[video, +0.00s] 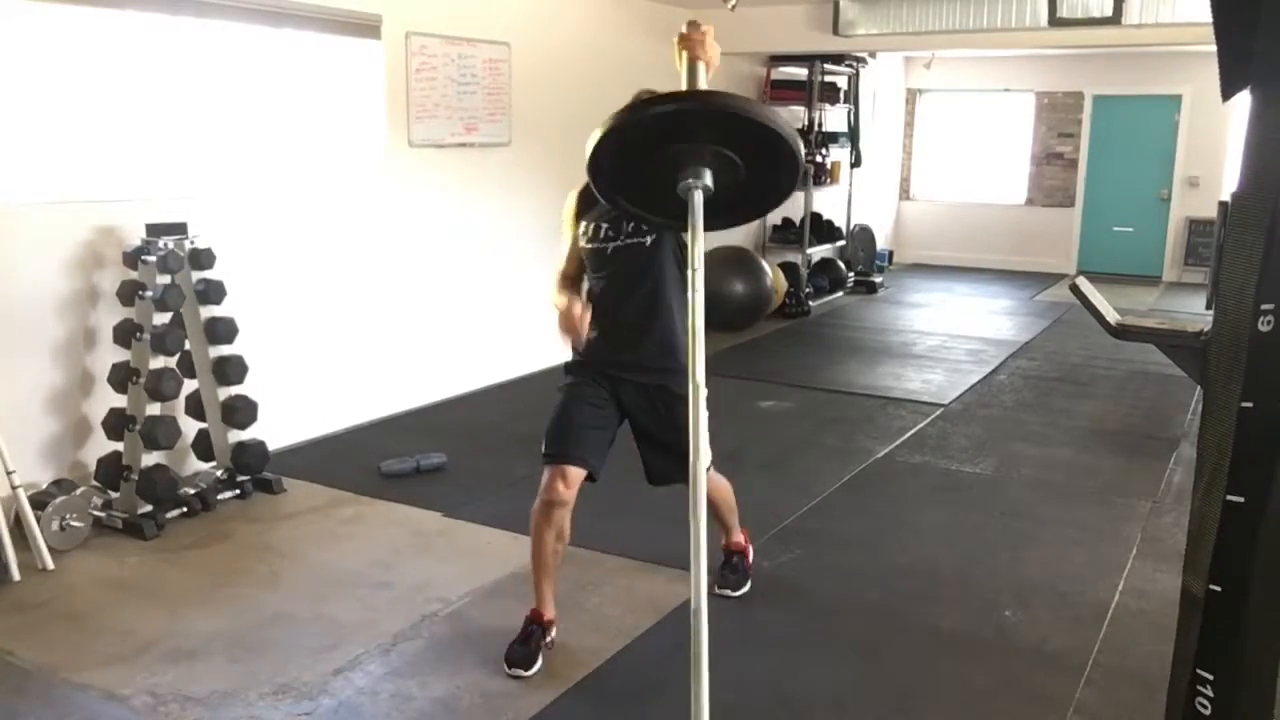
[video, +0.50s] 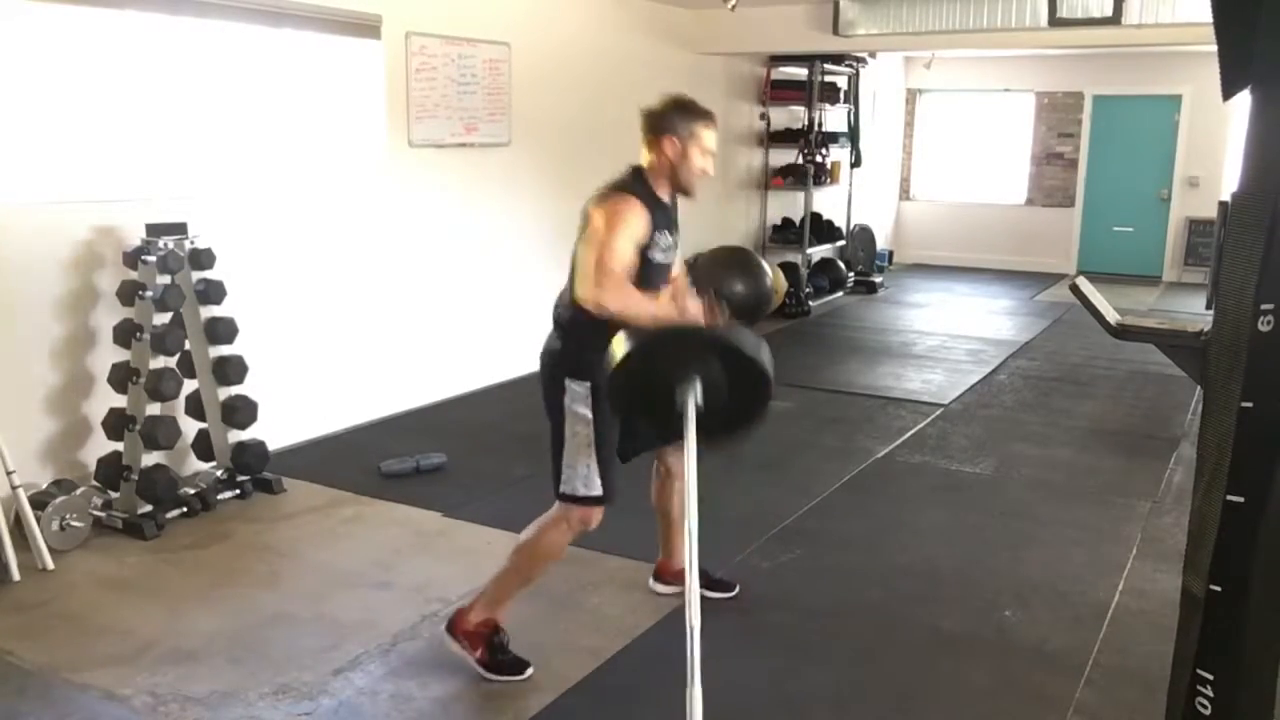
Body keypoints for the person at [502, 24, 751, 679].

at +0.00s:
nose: (634, 140)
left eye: (646, 130)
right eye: (627, 131)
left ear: (663, 138)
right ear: (611, 138)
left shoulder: (677, 192)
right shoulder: (590, 198)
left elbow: (704, 133)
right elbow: (571, 272)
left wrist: (701, 67)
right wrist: (570, 303)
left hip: (666, 369)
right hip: (598, 366)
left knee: (697, 475)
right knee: (558, 484)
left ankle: (736, 541)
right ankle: (541, 614)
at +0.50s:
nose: (711, 165)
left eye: (712, 152)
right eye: (704, 151)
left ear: (673, 150)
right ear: (668, 147)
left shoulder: (662, 206)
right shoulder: (623, 209)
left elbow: (659, 284)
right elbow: (599, 294)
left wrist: (701, 308)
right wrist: (679, 314)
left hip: (626, 353)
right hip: (581, 362)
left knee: (677, 445)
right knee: (581, 509)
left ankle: (675, 565)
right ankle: (475, 620)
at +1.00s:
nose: (744, 275)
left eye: (745, 263)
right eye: (740, 262)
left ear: (697, 260)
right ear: (712, 262)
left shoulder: (633, 282)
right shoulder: (702, 330)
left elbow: (574, 345)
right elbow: (701, 439)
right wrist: (691, 526)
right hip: (577, 428)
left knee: (685, 446)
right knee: (604, 570)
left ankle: (677, 562)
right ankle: (463, 624)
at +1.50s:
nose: (664, 144)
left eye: (675, 134)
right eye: (656, 132)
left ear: (691, 138)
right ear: (638, 130)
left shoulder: (701, 192)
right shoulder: (603, 179)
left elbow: (737, 249)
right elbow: (535, 244)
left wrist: (720, 161)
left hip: (675, 353)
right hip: (607, 349)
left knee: (693, 470)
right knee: (562, 473)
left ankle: (748, 536)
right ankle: (539, 601)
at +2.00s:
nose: (659, 134)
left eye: (668, 123)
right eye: (648, 121)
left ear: (679, 127)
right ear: (618, 117)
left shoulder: (677, 175)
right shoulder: (579, 176)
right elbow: (552, 264)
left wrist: (706, 167)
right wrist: (618, 223)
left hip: (664, 348)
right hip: (590, 353)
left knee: (699, 459)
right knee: (577, 493)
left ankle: (710, 545)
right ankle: (544, 605)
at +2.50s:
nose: (738, 251)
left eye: (740, 240)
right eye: (734, 238)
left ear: (693, 236)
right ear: (704, 237)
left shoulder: (646, 265)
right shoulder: (684, 303)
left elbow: (634, 361)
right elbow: (688, 417)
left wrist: (683, 436)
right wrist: (703, 480)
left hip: (616, 401)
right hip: (576, 417)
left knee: (688, 444)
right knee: (604, 549)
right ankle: (469, 616)